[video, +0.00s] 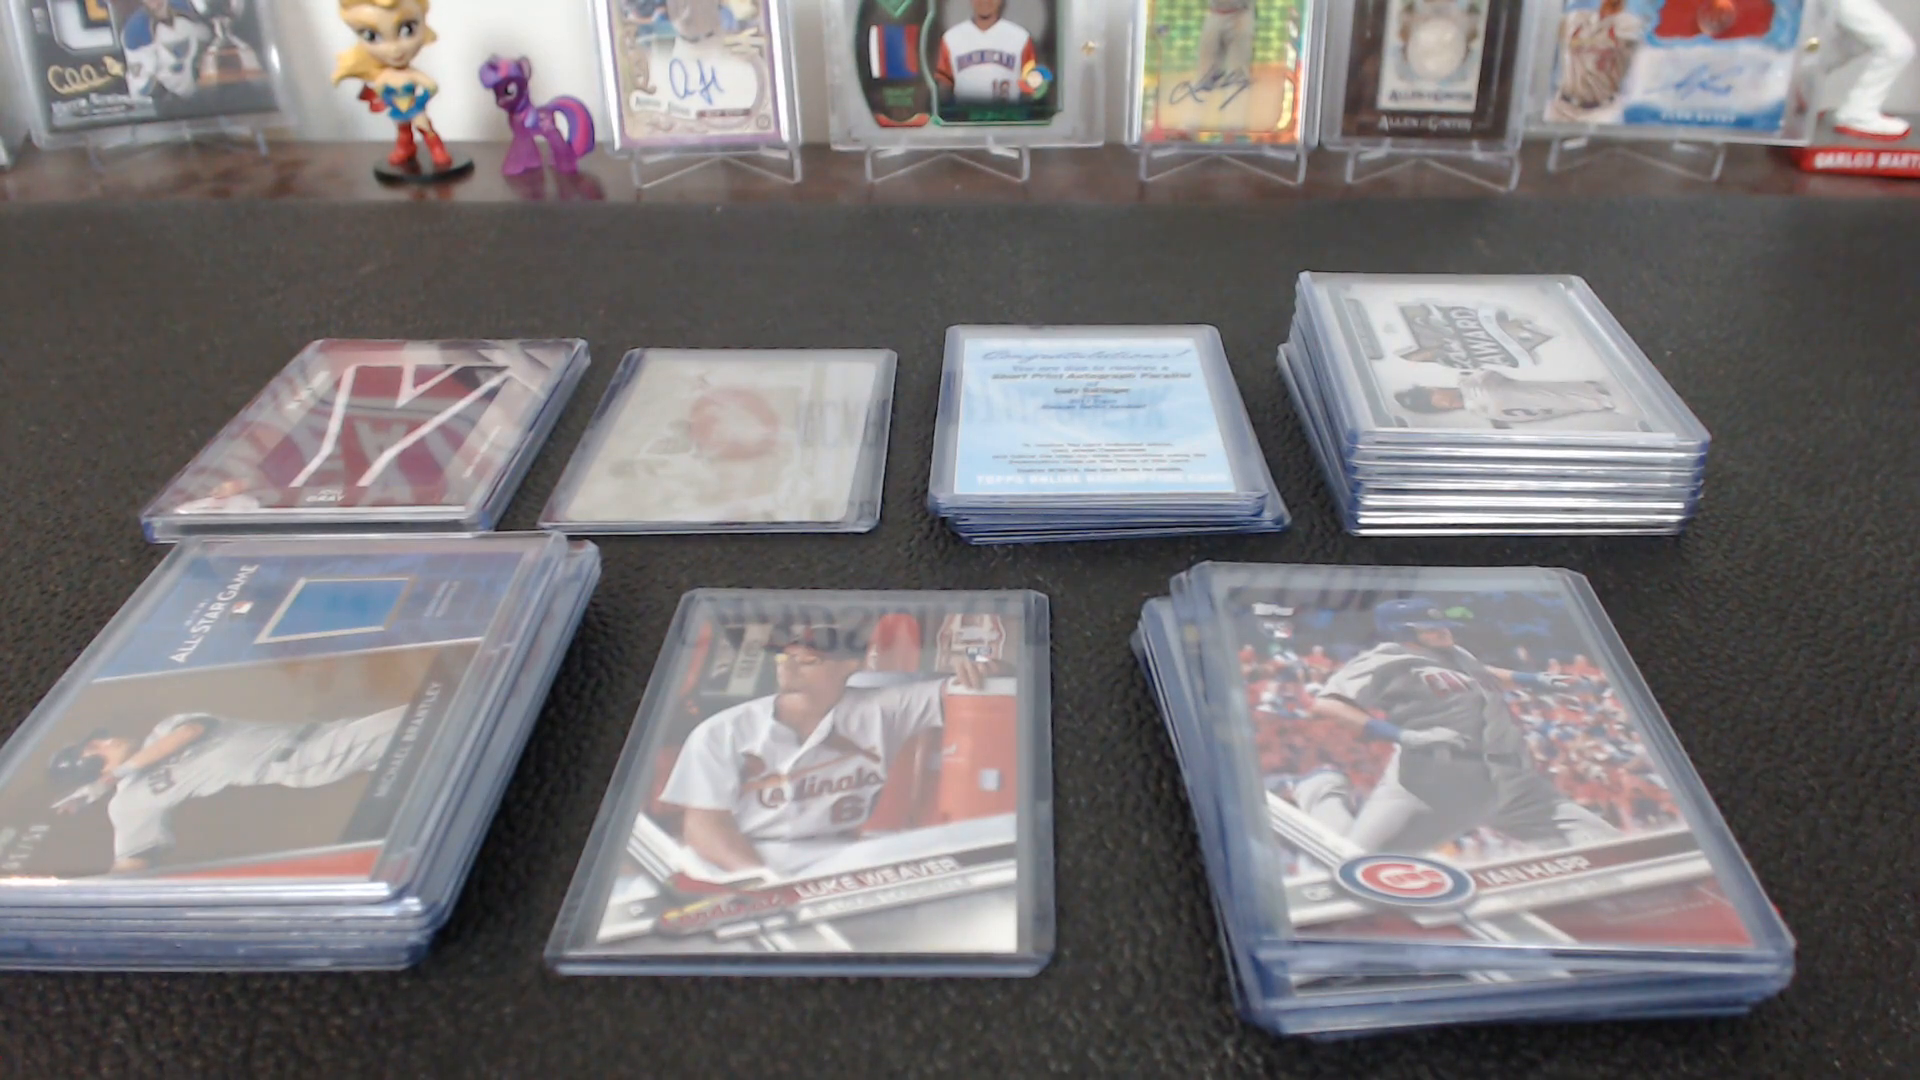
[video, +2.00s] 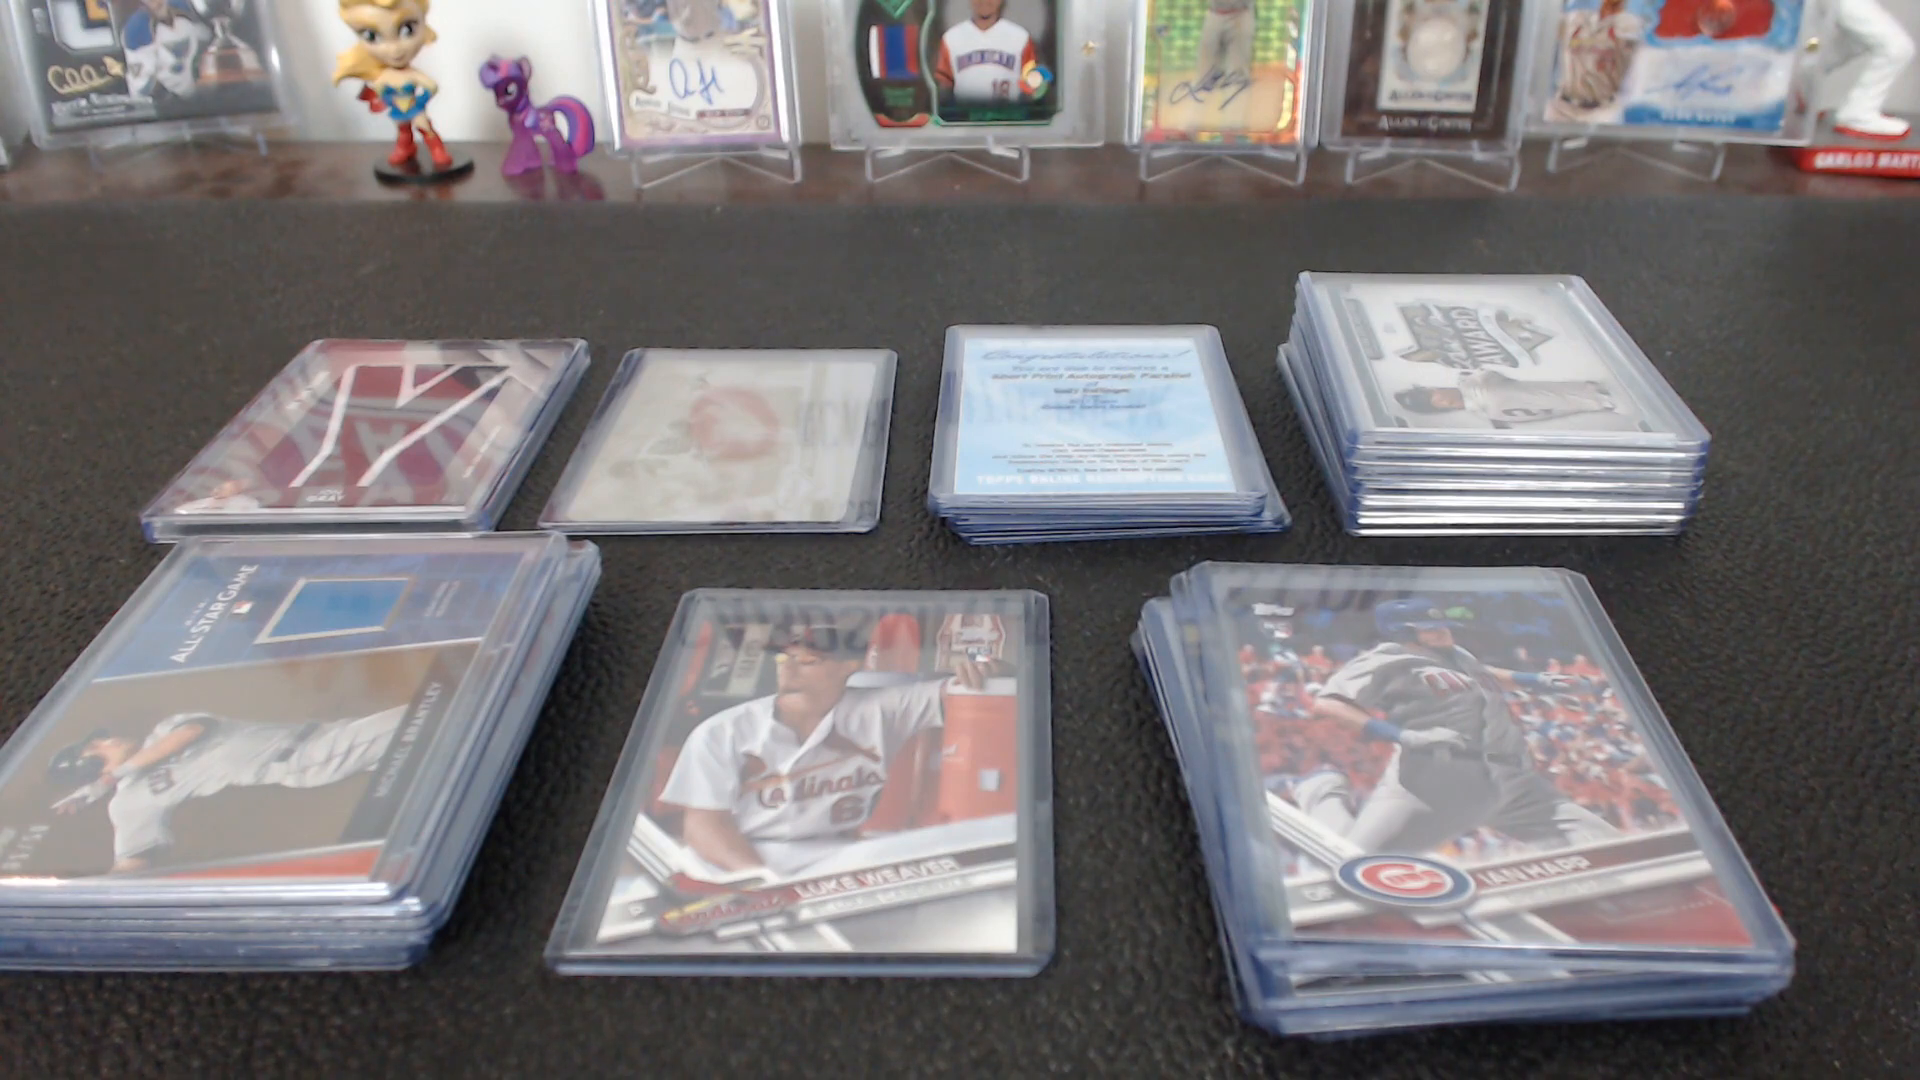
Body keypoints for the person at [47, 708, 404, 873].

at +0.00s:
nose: (109, 740)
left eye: (99, 739)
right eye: (99, 746)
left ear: (106, 744)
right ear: (99, 769)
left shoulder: (160, 729)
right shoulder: (131, 800)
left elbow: (193, 732)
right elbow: (130, 870)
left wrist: (116, 775)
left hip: (310, 732)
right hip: (298, 760)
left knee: (415, 720)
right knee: (413, 717)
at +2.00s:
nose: (112, 740)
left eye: (102, 740)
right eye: (102, 746)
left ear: (109, 741)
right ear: (101, 769)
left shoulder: (161, 729)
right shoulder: (131, 798)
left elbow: (192, 733)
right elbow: (130, 870)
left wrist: (114, 777)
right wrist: (85, 900)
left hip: (313, 732)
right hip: (301, 760)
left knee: (418, 720)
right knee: (416, 717)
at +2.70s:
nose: (109, 751)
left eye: (98, 747)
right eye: (99, 760)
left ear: (108, 736)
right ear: (100, 776)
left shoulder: (160, 727)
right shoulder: (131, 801)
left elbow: (191, 733)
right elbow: (128, 872)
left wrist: (117, 775)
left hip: (305, 735)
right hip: (291, 768)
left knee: (412, 719)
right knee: (408, 721)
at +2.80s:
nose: (104, 771)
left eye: (98, 758)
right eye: (94, 774)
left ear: (112, 741)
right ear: (96, 786)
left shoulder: (161, 731)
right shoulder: (130, 802)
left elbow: (193, 732)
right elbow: (130, 871)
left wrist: (124, 770)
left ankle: (418, 715)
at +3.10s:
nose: (115, 741)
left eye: (106, 739)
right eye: (104, 744)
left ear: (109, 742)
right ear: (100, 764)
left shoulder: (163, 727)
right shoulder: (129, 802)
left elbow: (196, 731)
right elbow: (129, 872)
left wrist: (115, 777)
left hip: (294, 736)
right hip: (277, 774)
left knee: (407, 721)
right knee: (399, 726)